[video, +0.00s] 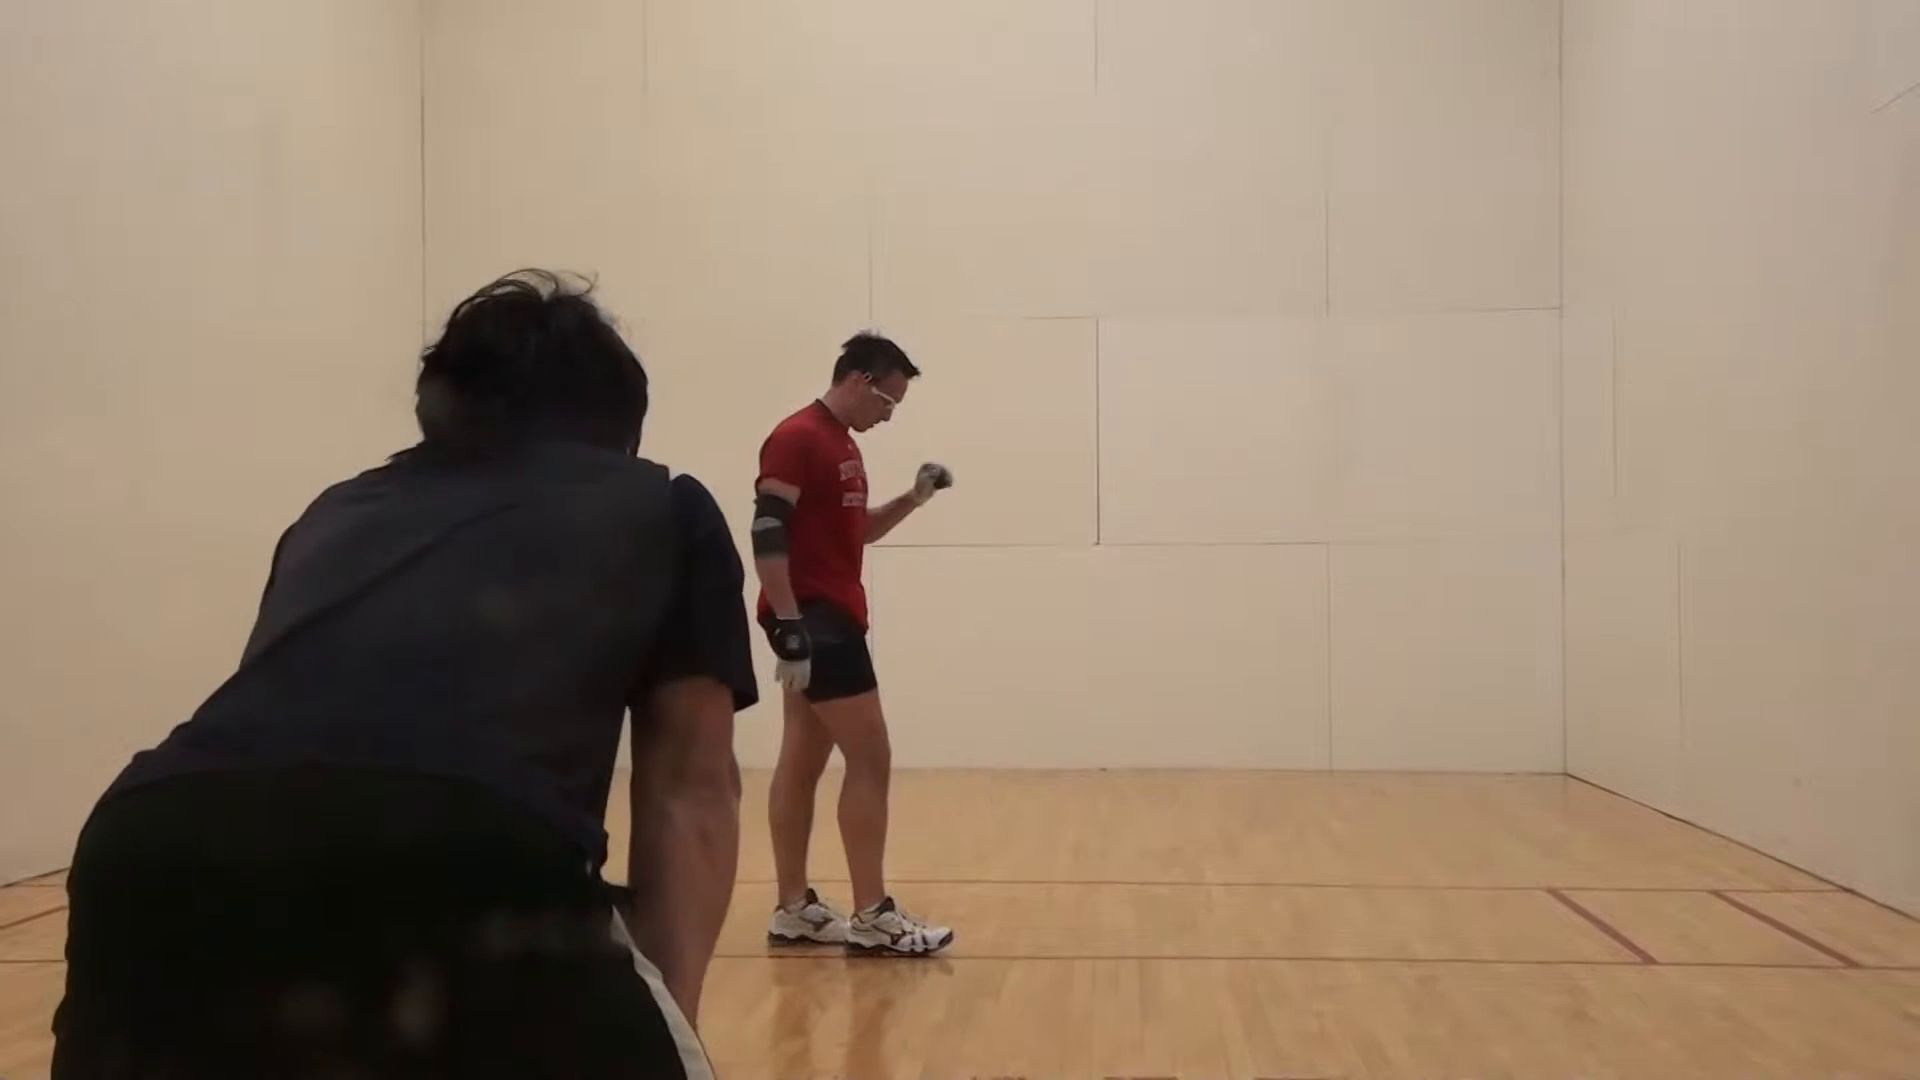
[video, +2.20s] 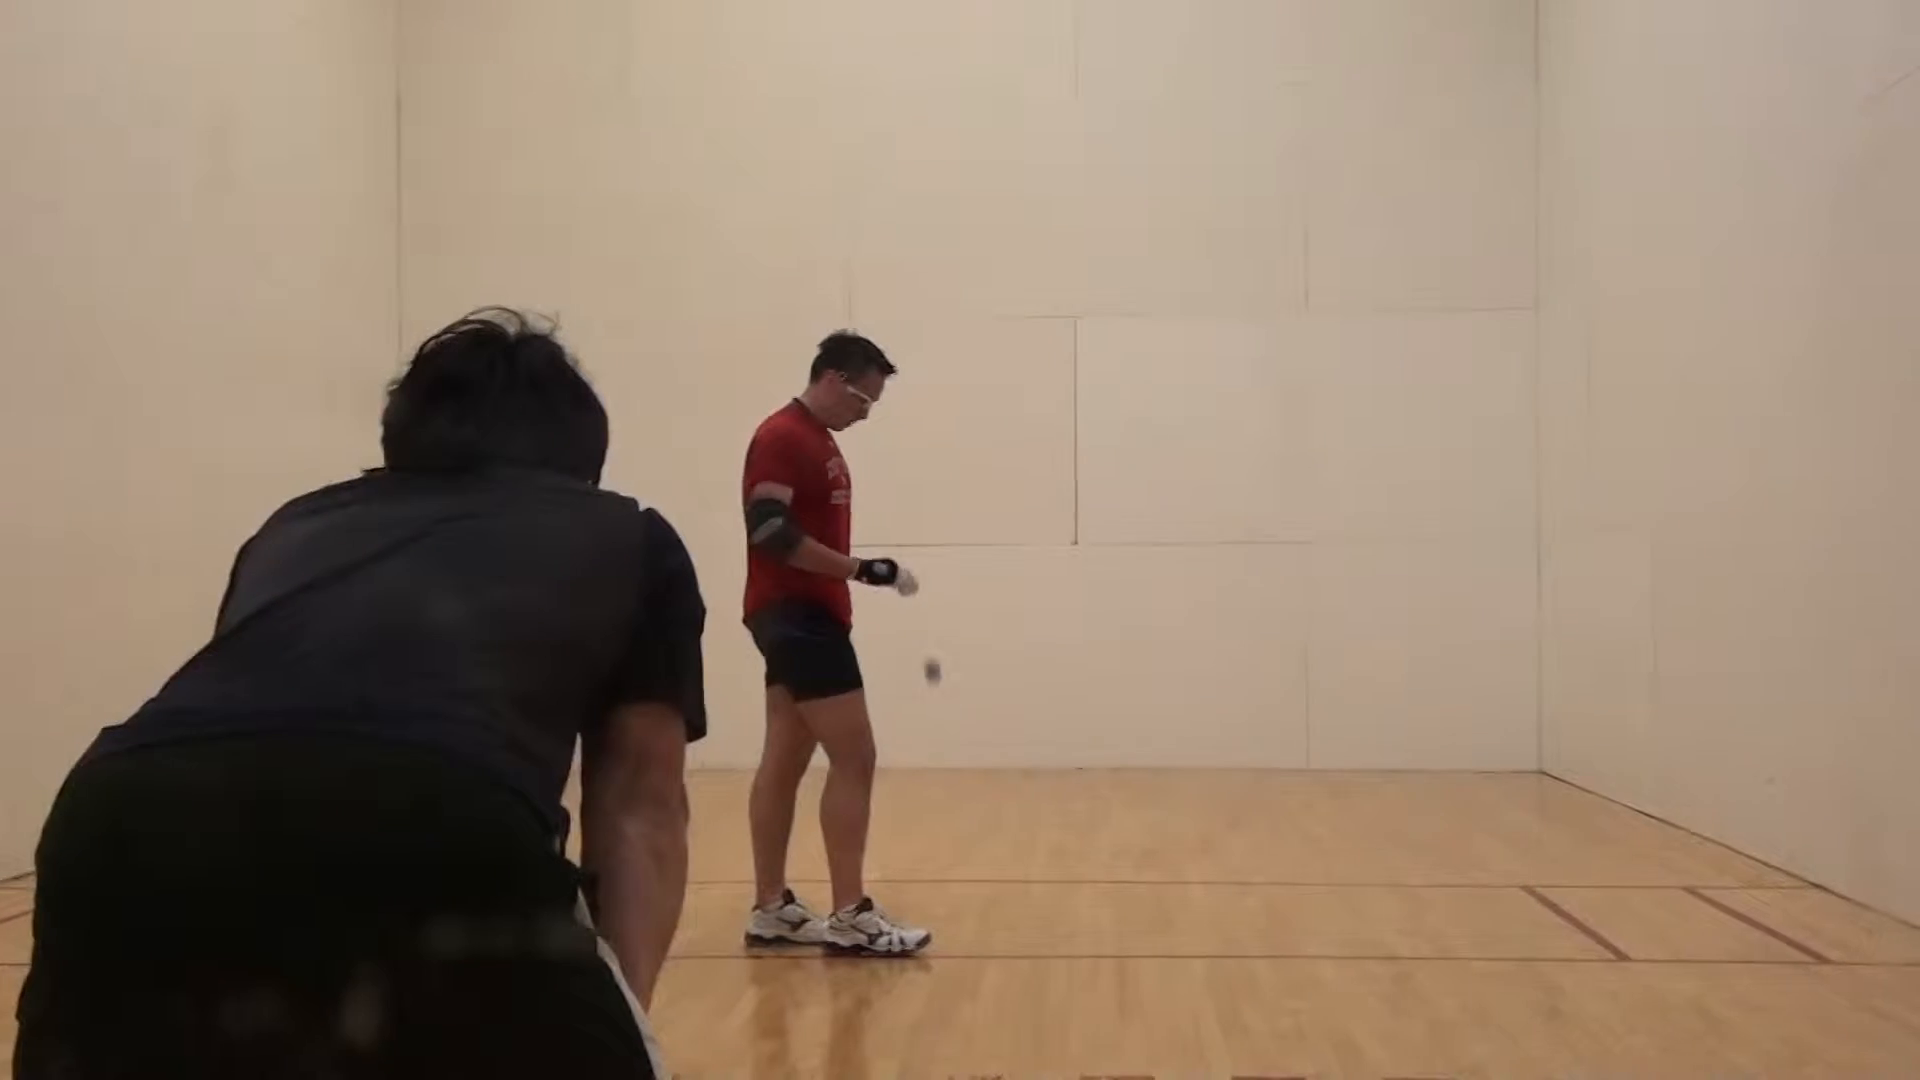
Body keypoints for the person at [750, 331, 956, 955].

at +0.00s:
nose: (890, 411)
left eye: (895, 402)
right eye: (888, 398)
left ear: (862, 387)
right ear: (855, 380)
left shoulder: (841, 443)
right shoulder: (799, 437)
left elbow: (856, 531)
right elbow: (767, 534)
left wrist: (913, 497)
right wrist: (791, 628)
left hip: (823, 622)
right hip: (820, 625)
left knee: (799, 764)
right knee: (870, 759)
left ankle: (793, 907)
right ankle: (871, 913)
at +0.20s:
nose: (885, 412)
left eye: (891, 401)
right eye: (884, 397)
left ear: (857, 384)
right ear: (854, 378)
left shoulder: (839, 444)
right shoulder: (794, 438)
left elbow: (851, 548)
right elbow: (768, 535)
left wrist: (922, 590)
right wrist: (814, 612)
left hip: (825, 619)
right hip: (816, 623)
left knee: (801, 760)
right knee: (867, 758)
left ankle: (793, 906)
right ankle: (872, 914)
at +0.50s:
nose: (883, 411)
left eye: (888, 401)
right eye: (882, 397)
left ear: (854, 384)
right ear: (849, 378)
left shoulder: (833, 439)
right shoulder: (797, 436)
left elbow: (815, 531)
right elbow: (782, 530)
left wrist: (849, 600)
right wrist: (865, 561)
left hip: (822, 616)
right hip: (811, 618)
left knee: (800, 760)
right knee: (868, 758)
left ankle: (793, 907)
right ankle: (872, 913)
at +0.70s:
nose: (881, 412)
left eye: (887, 401)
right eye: (880, 398)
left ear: (848, 384)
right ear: (849, 380)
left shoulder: (816, 438)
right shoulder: (804, 440)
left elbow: (825, 529)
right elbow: (810, 533)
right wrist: (890, 507)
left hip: (805, 617)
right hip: (817, 619)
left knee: (796, 761)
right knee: (871, 758)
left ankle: (793, 908)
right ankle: (872, 912)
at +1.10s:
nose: (881, 411)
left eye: (886, 399)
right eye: (880, 396)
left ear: (845, 382)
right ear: (850, 379)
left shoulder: (812, 437)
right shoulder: (807, 440)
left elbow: (812, 545)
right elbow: (801, 545)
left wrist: (858, 601)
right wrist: (867, 597)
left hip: (804, 616)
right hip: (813, 618)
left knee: (797, 759)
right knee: (871, 757)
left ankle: (793, 907)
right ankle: (872, 912)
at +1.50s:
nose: (882, 410)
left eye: (887, 400)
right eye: (879, 396)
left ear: (852, 386)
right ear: (846, 379)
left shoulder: (833, 442)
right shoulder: (794, 438)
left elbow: (841, 529)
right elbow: (763, 534)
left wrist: (899, 513)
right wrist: (787, 626)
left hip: (819, 622)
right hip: (820, 625)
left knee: (799, 763)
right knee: (870, 757)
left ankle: (793, 907)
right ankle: (871, 912)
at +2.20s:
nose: (866, 411)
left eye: (871, 400)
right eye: (862, 397)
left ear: (838, 386)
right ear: (829, 379)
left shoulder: (817, 440)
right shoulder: (783, 436)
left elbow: (805, 536)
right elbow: (769, 532)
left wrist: (855, 573)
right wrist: (857, 567)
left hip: (806, 616)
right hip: (798, 618)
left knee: (783, 761)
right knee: (854, 757)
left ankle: (771, 906)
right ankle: (849, 912)